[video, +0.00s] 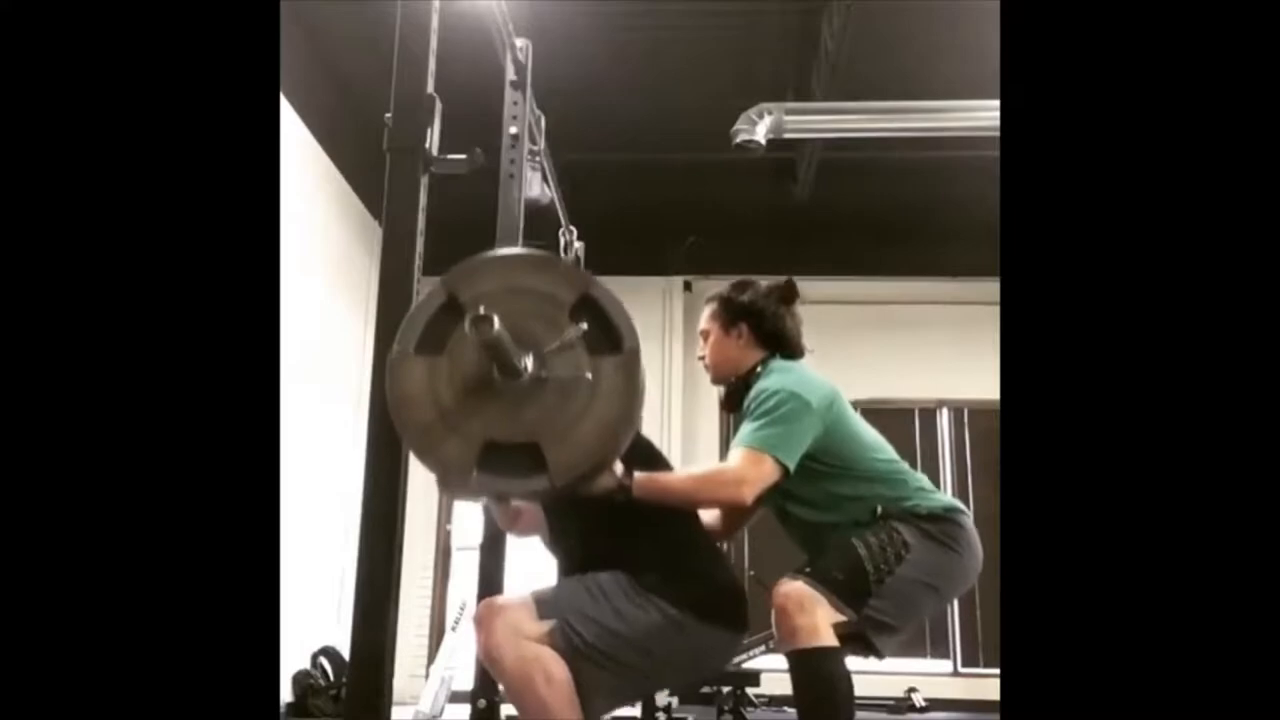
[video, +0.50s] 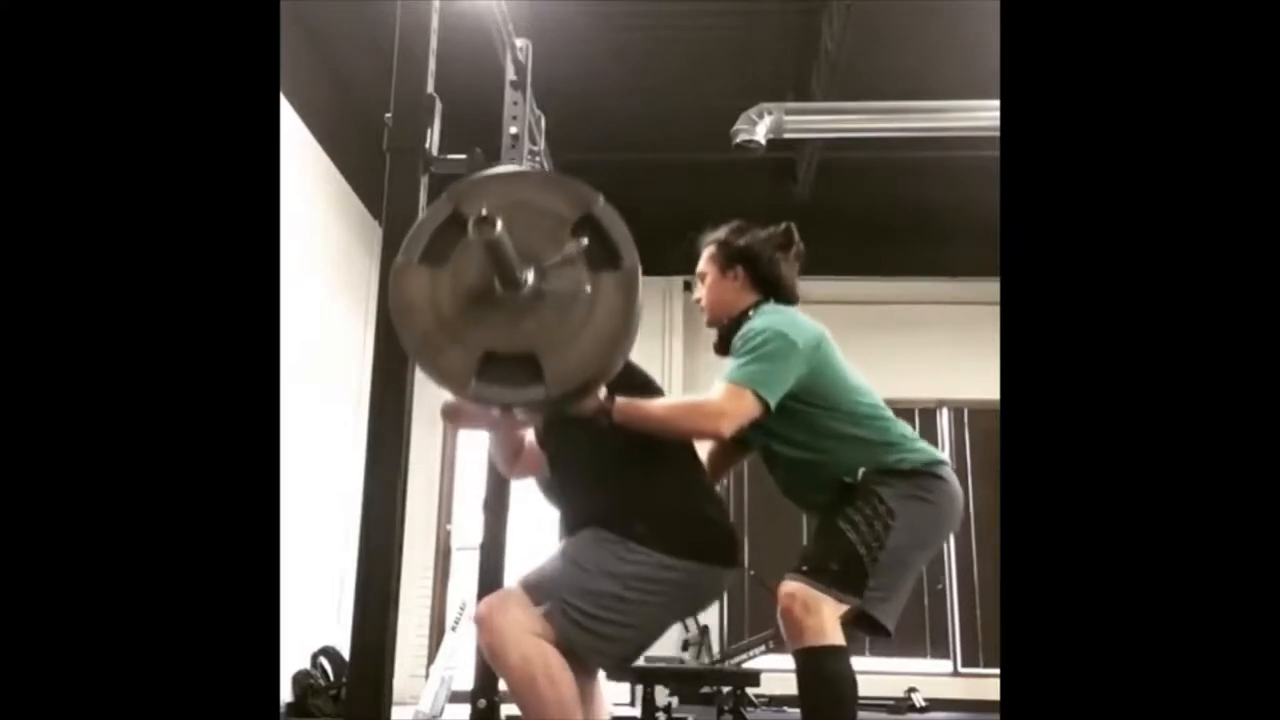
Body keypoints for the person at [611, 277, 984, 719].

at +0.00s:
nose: (700, 351)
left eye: (707, 337)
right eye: (700, 339)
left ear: (743, 334)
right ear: (742, 337)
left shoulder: (789, 388)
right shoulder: (766, 400)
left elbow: (739, 484)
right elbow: (725, 522)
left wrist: (627, 481)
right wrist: (647, 537)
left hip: (927, 532)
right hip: (893, 537)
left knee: (799, 603)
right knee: (799, 610)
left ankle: (831, 713)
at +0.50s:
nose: (696, 294)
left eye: (702, 279)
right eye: (697, 281)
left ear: (736, 277)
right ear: (739, 277)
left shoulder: (777, 329)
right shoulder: (763, 344)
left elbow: (724, 416)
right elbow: (725, 456)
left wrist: (608, 405)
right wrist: (669, 499)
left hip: (908, 484)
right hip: (872, 491)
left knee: (805, 603)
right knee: (808, 609)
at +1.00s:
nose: (710, 225)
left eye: (719, 210)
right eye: (713, 211)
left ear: (753, 213)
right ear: (754, 216)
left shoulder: (778, 268)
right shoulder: (753, 291)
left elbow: (715, 340)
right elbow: (703, 406)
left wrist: (606, 310)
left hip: (876, 448)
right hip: (853, 455)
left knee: (821, 606)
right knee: (818, 610)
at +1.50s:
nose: (727, 196)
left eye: (736, 183)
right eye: (732, 184)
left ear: (762, 188)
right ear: (772, 193)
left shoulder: (786, 243)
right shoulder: (754, 291)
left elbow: (707, 263)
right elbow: (689, 348)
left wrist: (613, 215)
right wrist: (613, 307)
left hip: (841, 443)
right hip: (820, 454)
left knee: (817, 614)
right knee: (819, 618)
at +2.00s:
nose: (697, 192)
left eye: (713, 182)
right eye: (701, 183)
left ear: (749, 197)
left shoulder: (736, 240)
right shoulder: (707, 294)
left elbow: (623, 222)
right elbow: (628, 318)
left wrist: (521, 182)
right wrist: (543, 290)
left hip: (813, 441)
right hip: (791, 452)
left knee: (816, 617)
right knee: (816, 620)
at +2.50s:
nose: (640, 204)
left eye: (650, 193)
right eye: (644, 194)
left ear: (683, 200)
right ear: (685, 207)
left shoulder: (685, 252)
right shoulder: (660, 299)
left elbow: (583, 247)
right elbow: (594, 348)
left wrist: (480, 203)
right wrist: (520, 311)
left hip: (739, 456)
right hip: (750, 457)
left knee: (759, 621)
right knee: (789, 621)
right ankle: (835, 716)